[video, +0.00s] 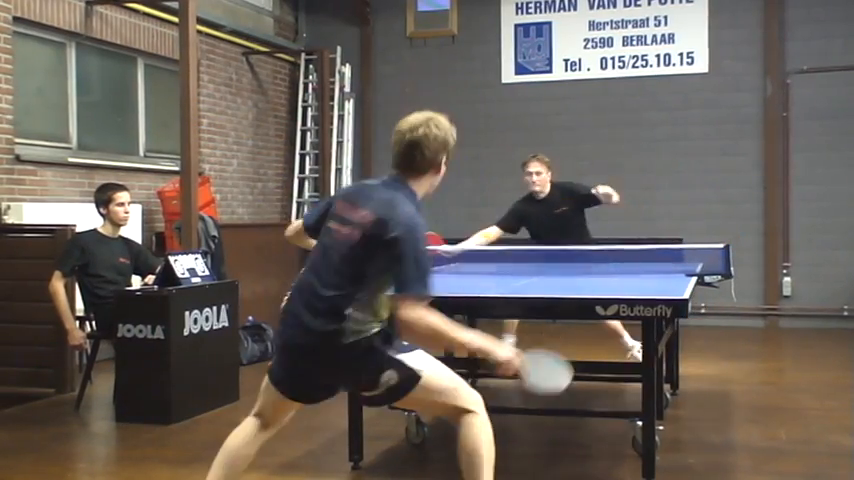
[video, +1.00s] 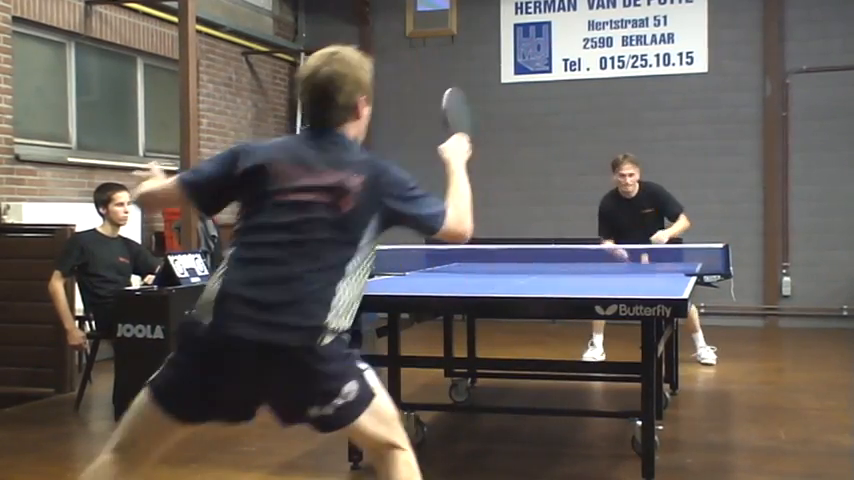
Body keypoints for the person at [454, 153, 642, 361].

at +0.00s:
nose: (534, 179)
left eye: (538, 173)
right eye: (529, 175)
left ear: (549, 175)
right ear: (524, 179)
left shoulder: (568, 192)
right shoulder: (523, 207)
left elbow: (607, 199)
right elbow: (492, 234)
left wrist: (606, 194)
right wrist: (457, 249)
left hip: (582, 263)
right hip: (545, 266)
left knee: (594, 301)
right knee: (512, 293)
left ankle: (630, 344)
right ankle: (507, 345)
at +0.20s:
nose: (549, 178)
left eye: (554, 173)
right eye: (545, 174)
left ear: (563, 176)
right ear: (537, 178)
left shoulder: (578, 199)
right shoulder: (531, 206)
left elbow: (608, 219)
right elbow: (511, 236)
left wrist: (610, 235)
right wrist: (498, 255)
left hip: (576, 269)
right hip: (536, 270)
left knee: (597, 305)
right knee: (510, 302)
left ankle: (612, 350)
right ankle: (489, 350)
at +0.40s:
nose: (575, 161)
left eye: (580, 156)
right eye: (570, 156)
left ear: (589, 158)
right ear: (564, 160)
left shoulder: (606, 180)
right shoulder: (558, 188)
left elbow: (636, 201)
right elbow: (545, 222)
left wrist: (630, 230)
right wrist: (541, 248)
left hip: (606, 253)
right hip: (568, 255)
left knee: (623, 293)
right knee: (540, 284)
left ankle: (618, 346)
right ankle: (533, 343)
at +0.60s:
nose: (592, 164)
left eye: (597, 159)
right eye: (588, 159)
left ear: (605, 160)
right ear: (580, 162)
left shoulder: (621, 183)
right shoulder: (572, 189)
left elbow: (644, 214)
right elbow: (563, 223)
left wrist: (636, 238)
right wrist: (566, 245)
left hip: (624, 251)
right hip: (587, 254)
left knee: (652, 289)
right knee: (571, 292)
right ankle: (583, 340)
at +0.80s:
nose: (613, 179)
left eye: (618, 173)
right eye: (609, 174)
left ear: (626, 175)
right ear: (601, 177)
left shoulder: (641, 196)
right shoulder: (596, 202)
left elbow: (665, 227)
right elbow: (583, 238)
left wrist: (649, 247)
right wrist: (588, 247)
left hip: (641, 265)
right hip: (606, 267)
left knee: (676, 295)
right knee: (583, 292)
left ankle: (696, 347)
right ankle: (585, 342)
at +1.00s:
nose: (627, 180)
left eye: (632, 175)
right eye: (622, 176)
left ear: (639, 175)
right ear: (614, 177)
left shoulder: (653, 192)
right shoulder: (608, 203)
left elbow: (684, 221)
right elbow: (605, 239)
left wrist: (667, 233)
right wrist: (613, 249)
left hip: (659, 261)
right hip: (624, 263)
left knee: (683, 296)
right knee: (600, 294)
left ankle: (701, 346)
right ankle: (596, 346)